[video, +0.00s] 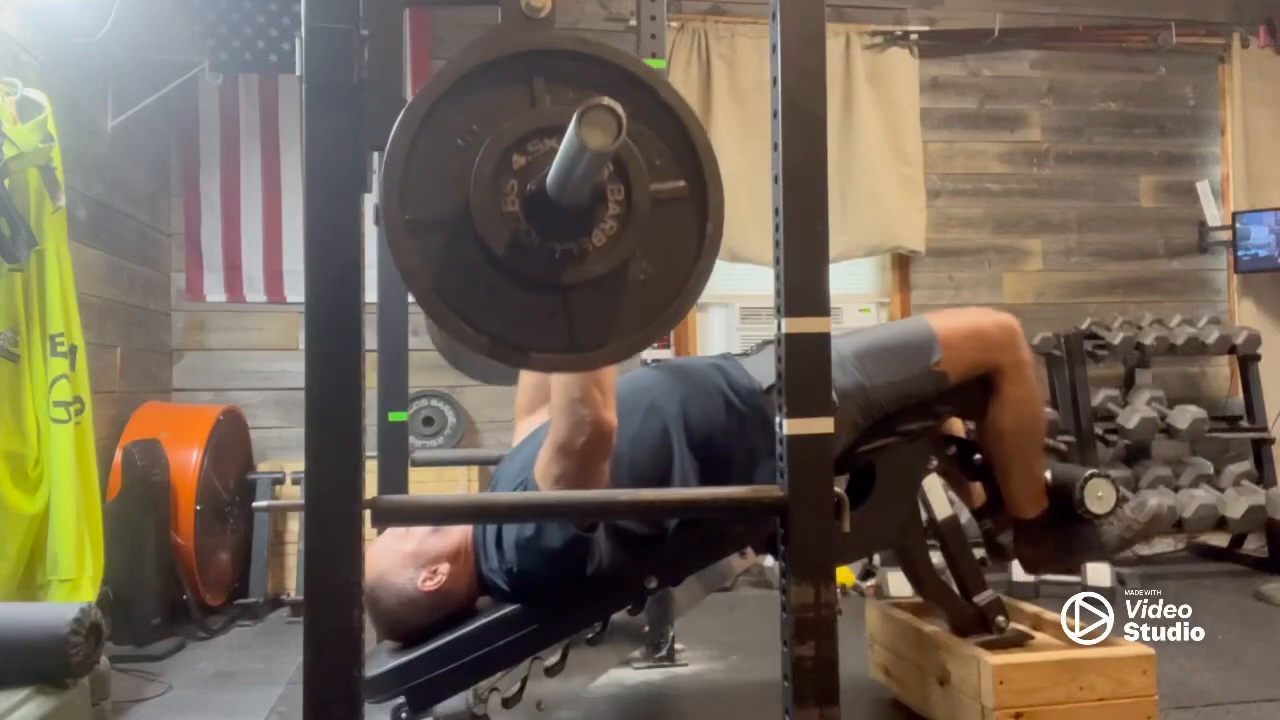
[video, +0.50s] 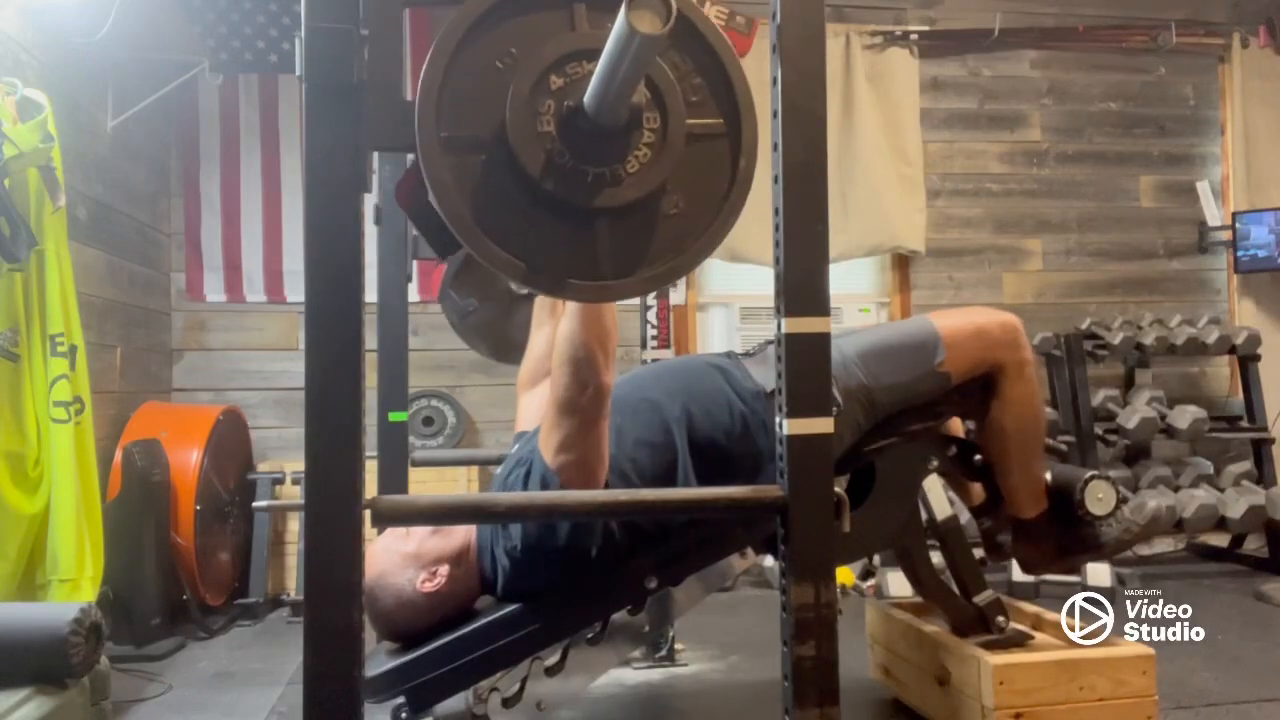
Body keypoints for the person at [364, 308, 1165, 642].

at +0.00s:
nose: (418, 531)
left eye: (400, 535)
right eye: (414, 549)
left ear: (427, 549)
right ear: (443, 581)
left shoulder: (496, 504)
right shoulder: (527, 556)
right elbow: (583, 418)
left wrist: (552, 276)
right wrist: (552, 280)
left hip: (749, 379)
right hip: (772, 431)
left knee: (947, 323)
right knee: (996, 337)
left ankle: (985, 479)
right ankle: (1033, 524)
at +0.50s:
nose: (416, 527)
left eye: (397, 532)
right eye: (410, 545)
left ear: (427, 554)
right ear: (444, 580)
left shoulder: (499, 501)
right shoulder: (535, 548)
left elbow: (555, 372)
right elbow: (577, 380)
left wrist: (572, 204)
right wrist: (584, 214)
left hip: (742, 376)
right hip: (772, 422)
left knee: (957, 324)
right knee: (1002, 336)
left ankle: (987, 472)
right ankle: (1035, 527)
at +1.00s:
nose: (417, 525)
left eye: (399, 531)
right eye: (412, 544)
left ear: (428, 555)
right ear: (444, 579)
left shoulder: (500, 499)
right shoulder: (534, 542)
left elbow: (546, 371)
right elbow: (585, 382)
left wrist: (561, 217)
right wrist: (598, 222)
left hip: (741, 376)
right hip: (772, 422)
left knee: (947, 323)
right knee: (997, 333)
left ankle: (988, 481)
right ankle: (1033, 519)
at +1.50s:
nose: (416, 529)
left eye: (397, 533)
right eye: (412, 550)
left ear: (428, 547)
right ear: (444, 582)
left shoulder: (497, 497)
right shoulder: (532, 549)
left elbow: (559, 373)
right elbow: (606, 401)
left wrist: (544, 220)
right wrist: (607, 231)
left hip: (740, 377)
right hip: (773, 425)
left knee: (934, 323)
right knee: (998, 336)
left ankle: (967, 469)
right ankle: (1031, 522)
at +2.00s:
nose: (418, 531)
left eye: (399, 536)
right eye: (416, 552)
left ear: (423, 544)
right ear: (445, 580)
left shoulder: (490, 502)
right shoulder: (526, 546)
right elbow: (652, 530)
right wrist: (679, 395)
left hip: (714, 390)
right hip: (747, 441)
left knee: (921, 320)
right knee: (999, 339)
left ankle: (985, 476)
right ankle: (1034, 525)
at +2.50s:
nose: (418, 531)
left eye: (400, 537)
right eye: (417, 551)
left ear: (426, 546)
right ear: (448, 576)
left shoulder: (498, 497)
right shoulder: (530, 540)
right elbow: (673, 539)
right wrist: (756, 489)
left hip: (714, 400)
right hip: (750, 442)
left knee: (930, 325)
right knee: (998, 339)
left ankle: (995, 486)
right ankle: (1035, 529)